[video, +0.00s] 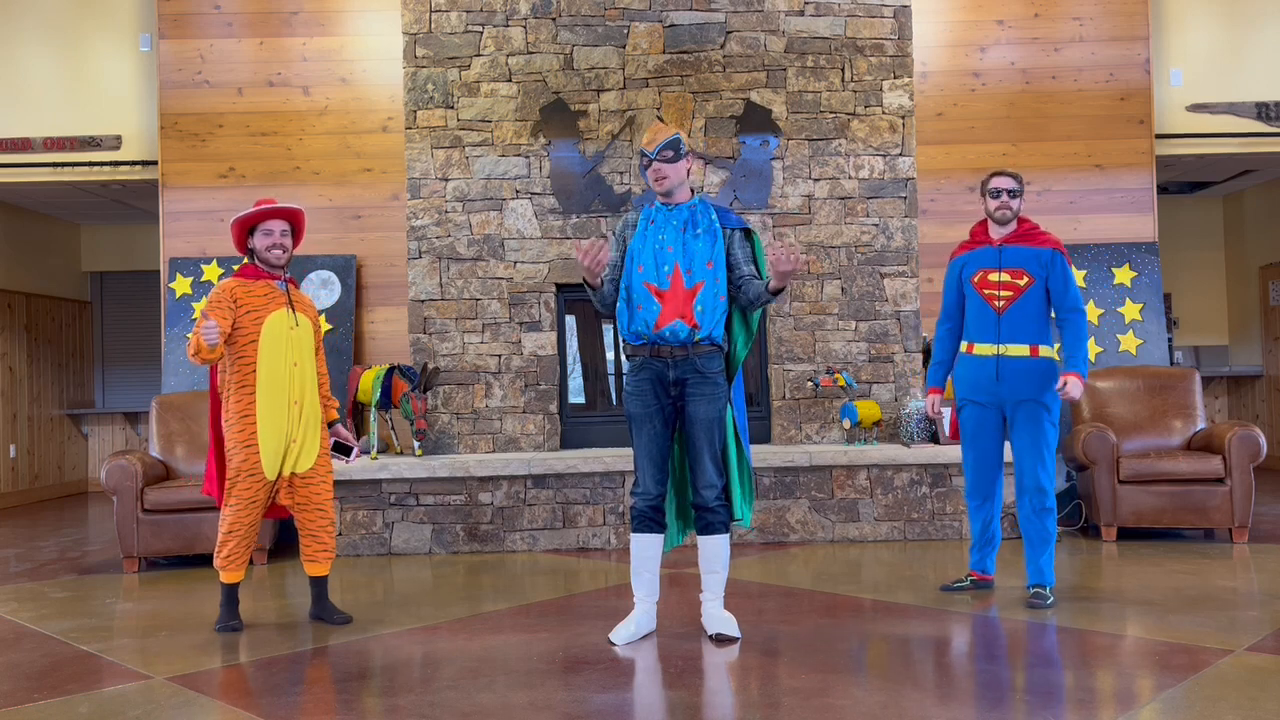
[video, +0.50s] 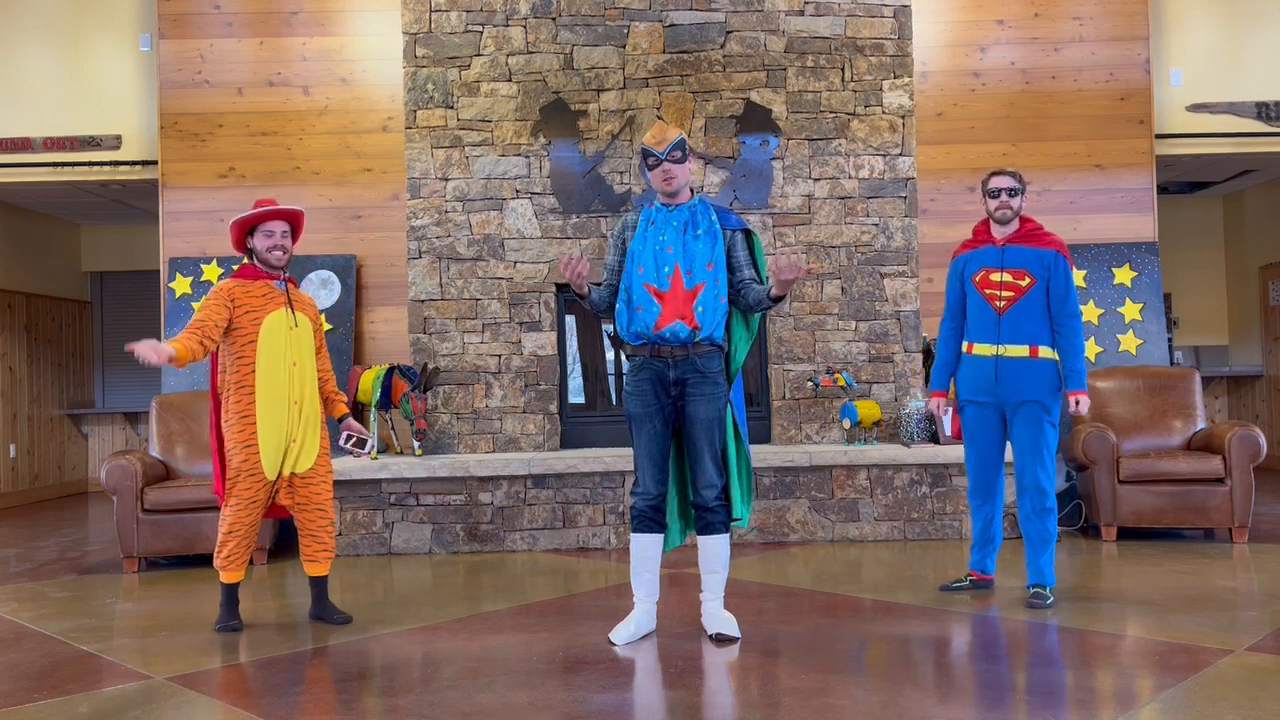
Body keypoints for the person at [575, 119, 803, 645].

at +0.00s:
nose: (656, 167)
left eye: (668, 156)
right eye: (649, 161)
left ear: (692, 164)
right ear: (644, 172)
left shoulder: (724, 222)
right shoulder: (631, 224)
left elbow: (747, 294)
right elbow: (608, 304)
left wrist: (775, 283)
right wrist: (595, 280)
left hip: (703, 365)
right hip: (643, 366)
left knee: (709, 485)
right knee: (648, 487)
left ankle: (713, 608)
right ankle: (644, 609)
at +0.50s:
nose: (667, 170)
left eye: (676, 159)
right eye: (656, 163)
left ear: (693, 164)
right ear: (645, 171)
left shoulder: (724, 223)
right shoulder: (632, 224)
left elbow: (748, 297)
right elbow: (606, 299)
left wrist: (777, 288)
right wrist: (582, 288)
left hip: (703, 365)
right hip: (644, 366)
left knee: (709, 486)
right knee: (648, 489)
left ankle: (714, 608)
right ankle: (644, 610)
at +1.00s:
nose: (669, 170)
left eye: (678, 159)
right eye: (658, 163)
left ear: (695, 165)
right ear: (646, 172)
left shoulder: (724, 224)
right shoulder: (632, 225)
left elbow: (750, 295)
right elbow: (605, 299)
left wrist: (781, 273)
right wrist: (581, 278)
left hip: (703, 365)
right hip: (644, 366)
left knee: (709, 485)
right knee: (648, 487)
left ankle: (714, 607)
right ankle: (644, 610)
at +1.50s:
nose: (673, 170)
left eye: (683, 159)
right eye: (662, 162)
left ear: (699, 165)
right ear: (651, 170)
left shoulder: (727, 225)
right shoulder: (636, 223)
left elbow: (751, 299)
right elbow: (610, 300)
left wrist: (780, 283)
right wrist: (585, 279)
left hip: (706, 365)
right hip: (646, 365)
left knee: (710, 485)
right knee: (649, 487)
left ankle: (714, 607)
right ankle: (644, 609)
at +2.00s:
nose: (692, 170)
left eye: (702, 161)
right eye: (682, 161)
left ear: (716, 166)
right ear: (669, 166)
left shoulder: (740, 226)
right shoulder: (646, 223)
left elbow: (762, 296)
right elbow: (616, 290)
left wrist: (770, 358)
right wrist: (600, 348)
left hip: (715, 366)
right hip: (654, 366)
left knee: (716, 488)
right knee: (653, 489)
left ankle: (715, 607)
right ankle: (644, 609)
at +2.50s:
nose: (699, 185)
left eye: (709, 176)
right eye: (691, 175)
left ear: (726, 175)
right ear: (681, 174)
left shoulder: (749, 233)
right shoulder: (658, 227)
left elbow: (763, 315)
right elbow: (636, 300)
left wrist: (764, 384)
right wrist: (628, 367)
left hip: (718, 367)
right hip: (658, 366)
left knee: (717, 486)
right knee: (655, 485)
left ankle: (716, 606)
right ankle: (647, 607)